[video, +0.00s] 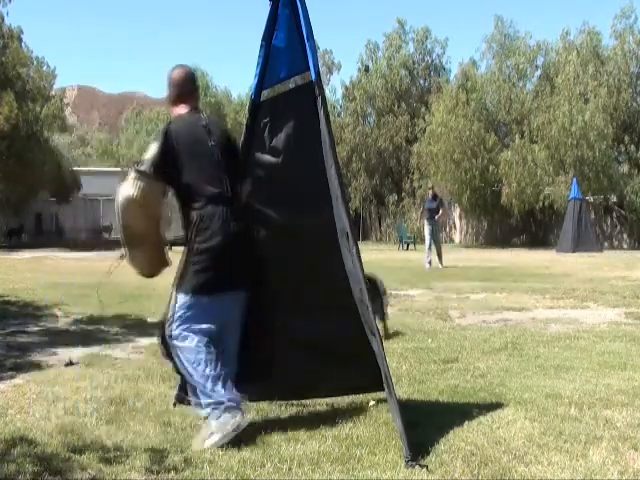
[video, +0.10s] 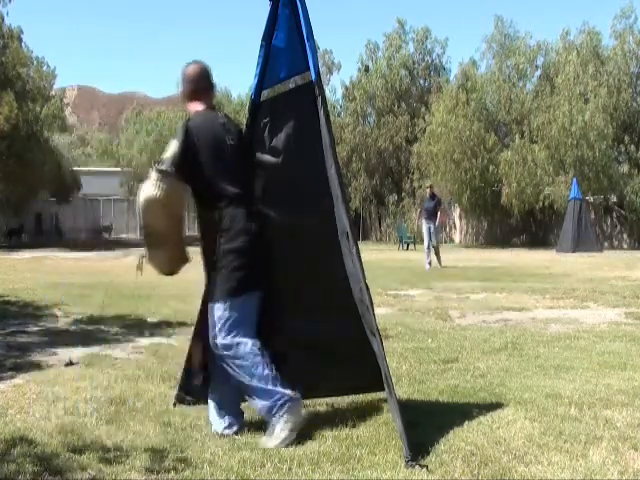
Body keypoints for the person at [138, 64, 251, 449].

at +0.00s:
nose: (169, 100)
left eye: (168, 94)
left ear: (169, 96)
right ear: (197, 93)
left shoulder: (173, 132)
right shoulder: (220, 131)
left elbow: (150, 184)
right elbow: (239, 176)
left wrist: (148, 245)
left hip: (209, 237)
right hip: (240, 236)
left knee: (182, 328)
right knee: (228, 327)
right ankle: (220, 408)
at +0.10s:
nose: (184, 96)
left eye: (183, 90)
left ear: (183, 93)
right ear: (213, 90)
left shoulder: (195, 129)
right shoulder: (230, 127)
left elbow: (169, 183)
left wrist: (166, 246)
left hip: (232, 234)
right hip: (239, 231)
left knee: (227, 333)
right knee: (223, 330)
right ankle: (225, 418)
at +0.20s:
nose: (198, 95)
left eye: (196, 90)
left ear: (198, 92)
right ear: (227, 89)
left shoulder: (210, 132)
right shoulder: (248, 128)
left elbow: (189, 183)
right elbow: (263, 178)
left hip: (248, 242)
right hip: (243, 241)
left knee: (260, 331)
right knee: (228, 331)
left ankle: (308, 417)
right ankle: (225, 416)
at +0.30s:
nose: (211, 97)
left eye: (211, 92)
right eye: (215, 91)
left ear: (215, 92)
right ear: (241, 88)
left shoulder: (234, 130)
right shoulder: (254, 128)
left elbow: (211, 182)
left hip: (254, 243)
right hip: (264, 240)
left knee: (268, 329)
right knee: (238, 324)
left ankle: (308, 416)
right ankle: (239, 408)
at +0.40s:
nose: (221, 94)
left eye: (222, 88)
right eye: (223, 87)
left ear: (230, 89)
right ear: (252, 84)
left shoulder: (253, 128)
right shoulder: (265, 122)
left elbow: (232, 189)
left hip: (276, 242)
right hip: (267, 240)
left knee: (274, 329)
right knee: (247, 322)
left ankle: (309, 416)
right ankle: (266, 400)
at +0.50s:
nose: (230, 89)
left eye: (231, 83)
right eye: (231, 82)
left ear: (240, 84)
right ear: (258, 81)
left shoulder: (270, 121)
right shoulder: (261, 120)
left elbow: (252, 186)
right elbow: (252, 183)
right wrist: (246, 229)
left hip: (287, 236)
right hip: (268, 236)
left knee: (282, 327)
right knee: (264, 324)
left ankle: (309, 416)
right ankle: (277, 405)